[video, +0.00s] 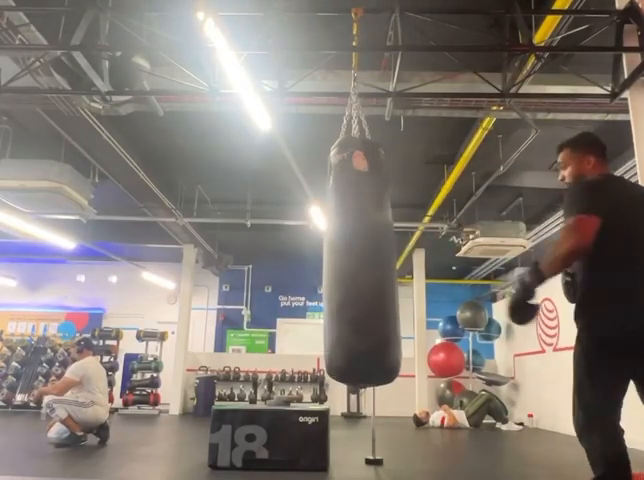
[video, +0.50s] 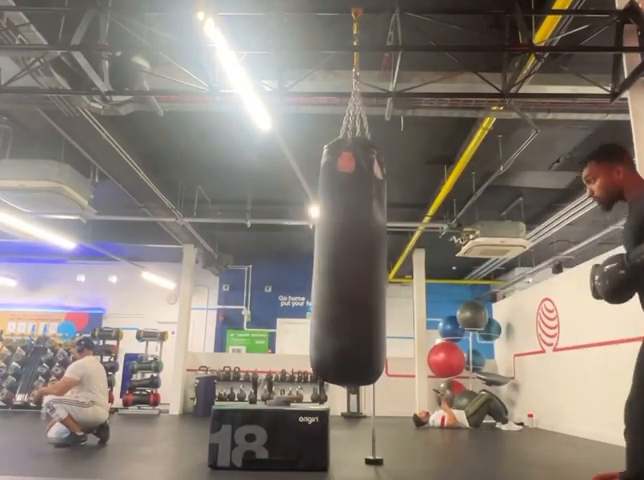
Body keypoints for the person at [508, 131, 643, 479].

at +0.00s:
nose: (561, 176)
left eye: (564, 167)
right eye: (559, 169)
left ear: (590, 161)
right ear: (597, 164)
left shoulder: (588, 189)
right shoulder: (636, 193)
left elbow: (577, 239)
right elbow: (632, 255)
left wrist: (532, 277)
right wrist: (585, 279)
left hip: (607, 324)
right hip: (640, 320)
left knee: (595, 423)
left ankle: (615, 475)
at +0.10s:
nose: (572, 185)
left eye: (576, 175)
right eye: (571, 178)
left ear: (604, 169)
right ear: (608, 172)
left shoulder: (612, 197)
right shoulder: (629, 197)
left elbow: (626, 247)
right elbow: (630, 255)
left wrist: (591, 308)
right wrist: (596, 281)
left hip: (630, 331)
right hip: (631, 329)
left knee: (598, 427)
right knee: (602, 426)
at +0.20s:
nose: (580, 190)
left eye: (584, 179)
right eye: (579, 182)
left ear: (610, 172)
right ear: (611, 175)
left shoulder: (630, 200)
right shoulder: (624, 205)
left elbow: (642, 245)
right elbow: (634, 257)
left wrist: (617, 286)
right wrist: (611, 276)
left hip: (641, 326)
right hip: (638, 324)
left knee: (602, 415)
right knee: (602, 413)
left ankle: (614, 473)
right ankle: (613, 472)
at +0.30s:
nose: (581, 178)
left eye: (584, 167)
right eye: (578, 171)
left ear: (610, 158)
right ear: (611, 161)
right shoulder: (626, 196)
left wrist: (606, 265)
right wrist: (608, 258)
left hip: (642, 303)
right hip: (638, 301)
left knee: (621, 386)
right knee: (621, 384)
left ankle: (627, 467)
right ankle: (625, 464)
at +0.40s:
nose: (584, 177)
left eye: (586, 165)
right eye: (581, 169)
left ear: (613, 154)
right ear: (614, 157)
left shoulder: (632, 196)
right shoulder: (629, 194)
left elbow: (634, 262)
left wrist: (614, 266)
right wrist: (612, 259)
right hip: (641, 303)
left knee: (632, 385)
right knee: (631, 384)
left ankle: (631, 466)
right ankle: (629, 463)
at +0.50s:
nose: (589, 193)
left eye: (591, 180)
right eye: (586, 185)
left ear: (618, 168)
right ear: (618, 171)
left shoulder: (640, 208)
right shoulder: (634, 217)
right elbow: (634, 266)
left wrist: (628, 266)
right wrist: (614, 281)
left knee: (636, 407)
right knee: (636, 407)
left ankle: (635, 469)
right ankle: (633, 468)